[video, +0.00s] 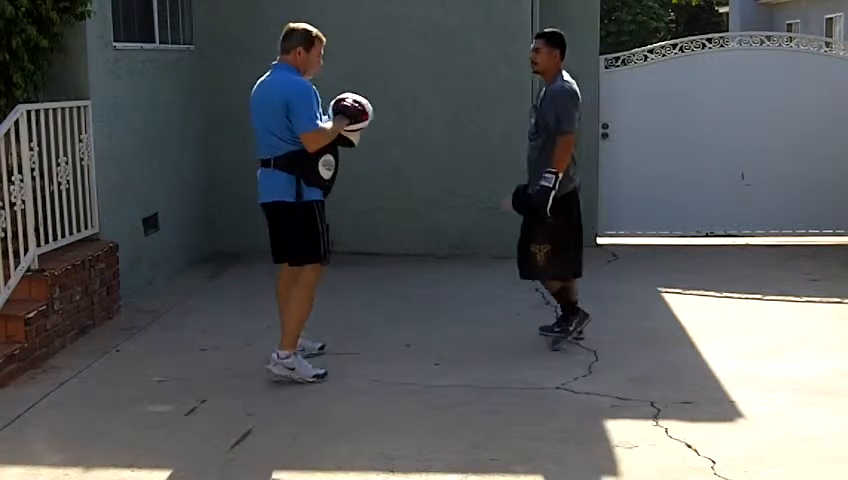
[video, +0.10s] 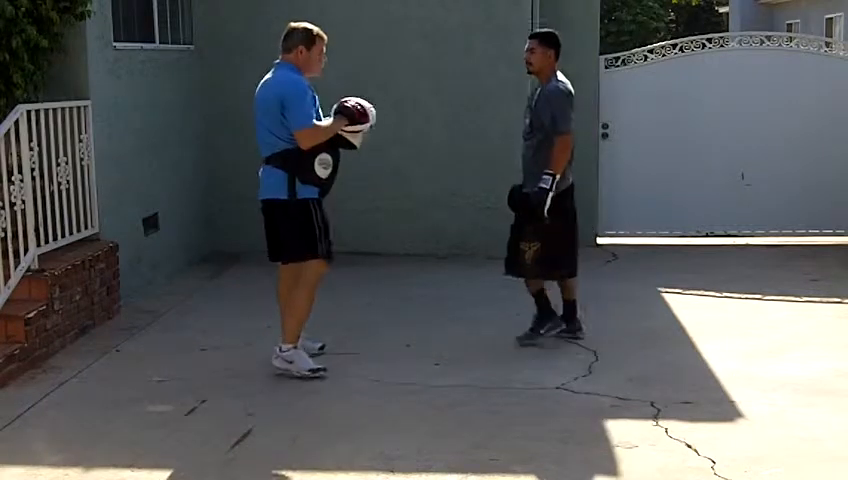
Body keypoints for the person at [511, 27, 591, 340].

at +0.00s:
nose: (532, 56)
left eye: (538, 51)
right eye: (532, 51)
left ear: (556, 55)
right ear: (548, 56)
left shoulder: (562, 91)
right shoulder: (551, 88)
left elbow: (566, 140)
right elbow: (552, 140)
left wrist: (548, 182)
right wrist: (533, 183)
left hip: (556, 193)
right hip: (550, 191)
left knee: (542, 256)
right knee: (551, 255)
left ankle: (571, 313)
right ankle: (568, 313)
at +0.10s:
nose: (526, 56)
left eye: (533, 51)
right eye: (527, 51)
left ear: (550, 55)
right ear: (540, 57)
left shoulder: (557, 91)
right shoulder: (541, 89)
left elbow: (564, 141)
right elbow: (540, 141)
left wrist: (547, 183)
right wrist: (526, 182)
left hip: (553, 188)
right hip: (538, 187)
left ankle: (559, 316)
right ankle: (558, 317)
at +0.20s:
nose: (520, 57)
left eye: (526, 52)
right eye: (520, 52)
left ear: (544, 56)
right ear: (532, 58)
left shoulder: (550, 92)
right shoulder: (537, 90)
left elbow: (556, 142)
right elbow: (532, 143)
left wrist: (542, 186)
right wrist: (519, 183)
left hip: (538, 191)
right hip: (542, 189)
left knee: (517, 257)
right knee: (560, 256)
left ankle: (515, 320)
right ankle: (569, 319)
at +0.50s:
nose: (497, 58)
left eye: (503, 53)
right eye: (498, 52)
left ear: (521, 58)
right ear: (517, 59)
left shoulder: (521, 94)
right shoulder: (525, 87)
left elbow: (520, 145)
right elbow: (522, 142)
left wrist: (509, 189)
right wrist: (511, 179)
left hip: (512, 189)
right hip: (527, 187)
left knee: (506, 254)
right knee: (532, 249)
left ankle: (501, 319)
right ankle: (559, 305)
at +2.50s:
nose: (523, 59)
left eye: (528, 54)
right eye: (523, 54)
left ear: (546, 58)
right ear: (534, 59)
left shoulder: (559, 93)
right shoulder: (532, 93)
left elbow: (566, 142)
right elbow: (530, 128)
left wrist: (529, 148)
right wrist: (516, 141)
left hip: (556, 186)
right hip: (539, 184)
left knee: (544, 250)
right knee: (556, 246)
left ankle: (534, 314)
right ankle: (564, 303)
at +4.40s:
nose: (510, 60)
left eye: (516, 55)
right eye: (509, 55)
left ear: (534, 59)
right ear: (514, 59)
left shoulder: (544, 92)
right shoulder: (517, 92)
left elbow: (549, 140)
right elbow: (513, 126)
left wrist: (508, 136)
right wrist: (495, 122)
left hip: (536, 185)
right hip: (522, 183)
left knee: (528, 247)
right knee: (540, 244)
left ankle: (525, 314)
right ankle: (549, 303)